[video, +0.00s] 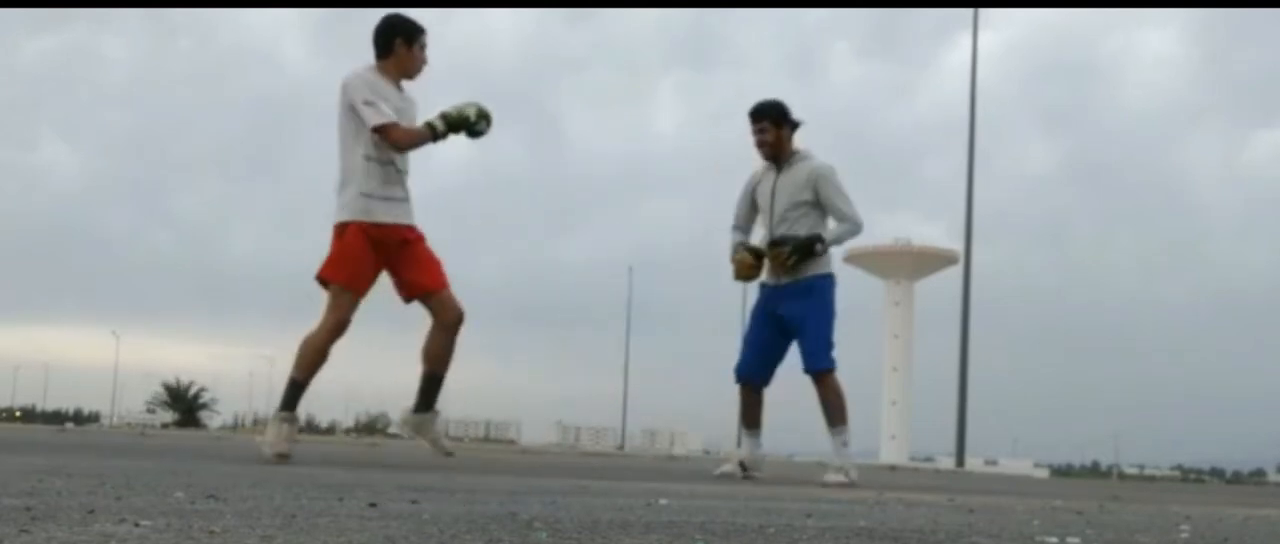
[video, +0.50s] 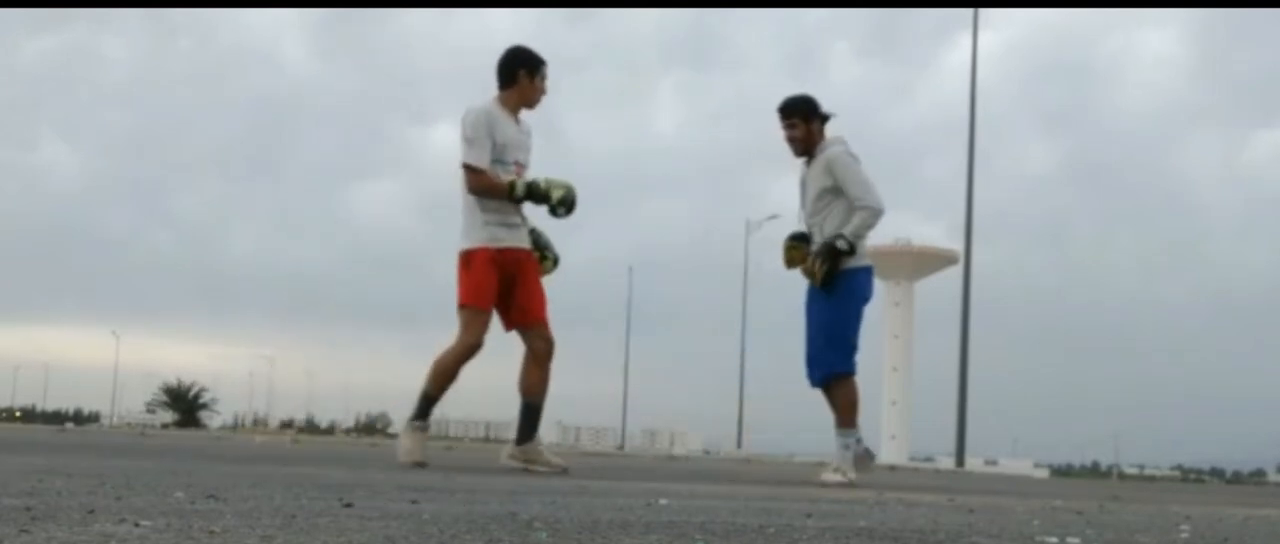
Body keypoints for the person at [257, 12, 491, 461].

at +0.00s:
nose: (425, 58)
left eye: (425, 50)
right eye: (421, 48)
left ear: (401, 49)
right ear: (399, 47)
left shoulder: (406, 100)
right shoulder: (360, 83)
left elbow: (401, 146)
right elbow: (396, 138)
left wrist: (449, 128)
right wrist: (443, 125)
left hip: (400, 226)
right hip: (360, 223)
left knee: (450, 315)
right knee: (335, 321)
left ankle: (422, 416)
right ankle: (284, 417)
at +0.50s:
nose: (544, 89)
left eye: (544, 81)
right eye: (540, 80)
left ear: (522, 80)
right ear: (520, 79)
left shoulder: (523, 131)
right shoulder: (480, 117)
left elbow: (505, 191)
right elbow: (474, 182)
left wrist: (532, 236)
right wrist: (528, 190)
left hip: (517, 247)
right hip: (481, 245)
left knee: (540, 343)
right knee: (470, 339)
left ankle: (526, 443)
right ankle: (416, 426)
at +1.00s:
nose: (615, 118)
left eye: (616, 110)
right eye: (613, 109)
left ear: (592, 107)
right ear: (597, 106)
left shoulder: (585, 153)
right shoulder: (564, 144)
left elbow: (577, 220)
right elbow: (559, 212)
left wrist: (607, 265)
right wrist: (611, 235)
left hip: (587, 272)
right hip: (558, 268)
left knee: (629, 353)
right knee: (556, 360)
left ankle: (616, 450)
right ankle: (480, 433)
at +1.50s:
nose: (636, 94)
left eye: (637, 85)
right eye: (635, 84)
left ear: (608, 78)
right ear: (623, 80)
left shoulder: (604, 119)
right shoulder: (594, 107)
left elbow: (595, 182)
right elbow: (575, 169)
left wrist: (618, 227)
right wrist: (608, 215)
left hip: (599, 241)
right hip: (578, 237)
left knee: (619, 337)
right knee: (580, 331)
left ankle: (618, 436)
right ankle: (524, 426)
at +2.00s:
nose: (644, 117)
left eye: (644, 110)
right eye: (644, 109)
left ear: (607, 106)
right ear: (637, 107)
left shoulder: (587, 145)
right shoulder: (615, 139)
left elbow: (564, 208)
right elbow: (605, 194)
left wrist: (578, 251)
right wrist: (634, 229)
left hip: (585, 263)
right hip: (594, 264)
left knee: (627, 354)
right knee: (593, 353)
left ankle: (606, 445)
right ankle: (532, 442)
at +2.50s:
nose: (676, 136)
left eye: (673, 130)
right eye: (677, 130)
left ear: (643, 125)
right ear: (675, 129)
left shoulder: (618, 161)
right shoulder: (666, 160)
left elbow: (607, 217)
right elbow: (671, 222)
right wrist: (685, 256)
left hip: (599, 269)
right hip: (632, 270)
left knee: (621, 360)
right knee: (643, 361)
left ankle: (619, 443)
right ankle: (603, 447)